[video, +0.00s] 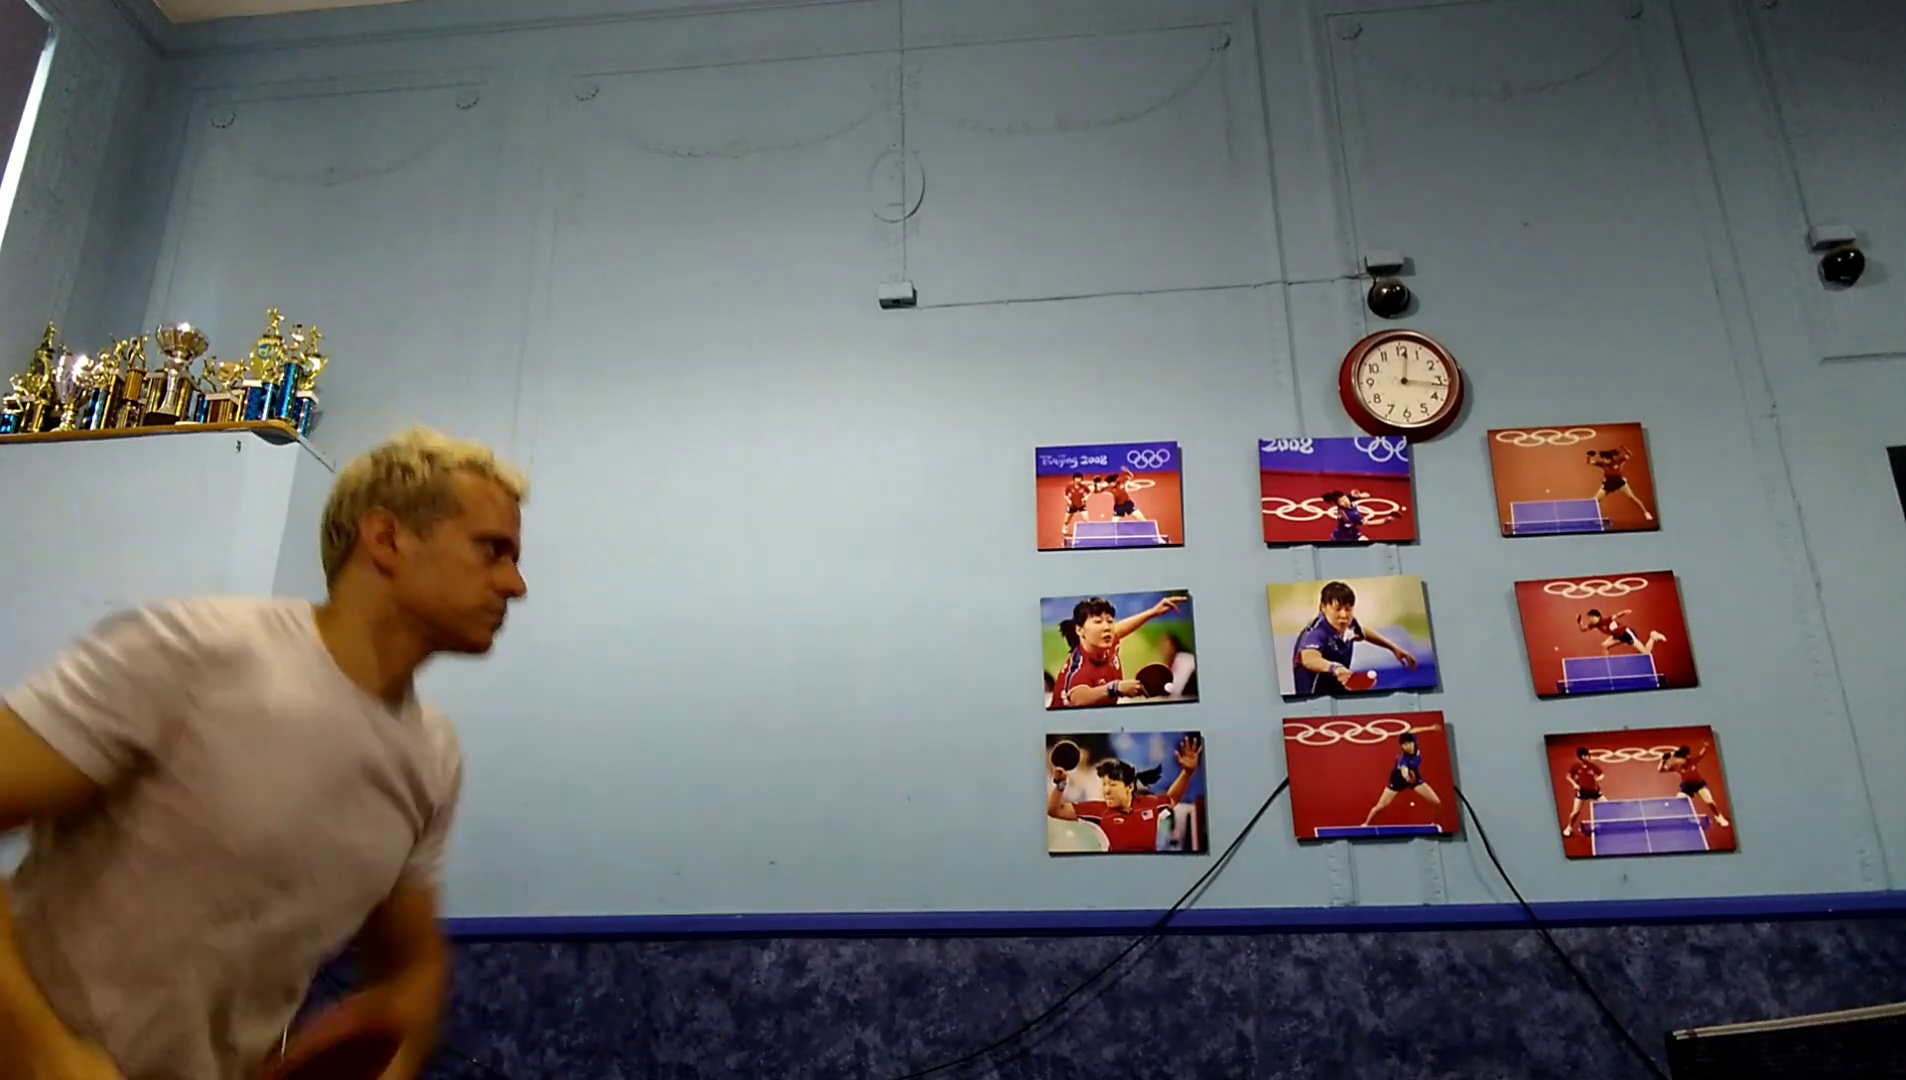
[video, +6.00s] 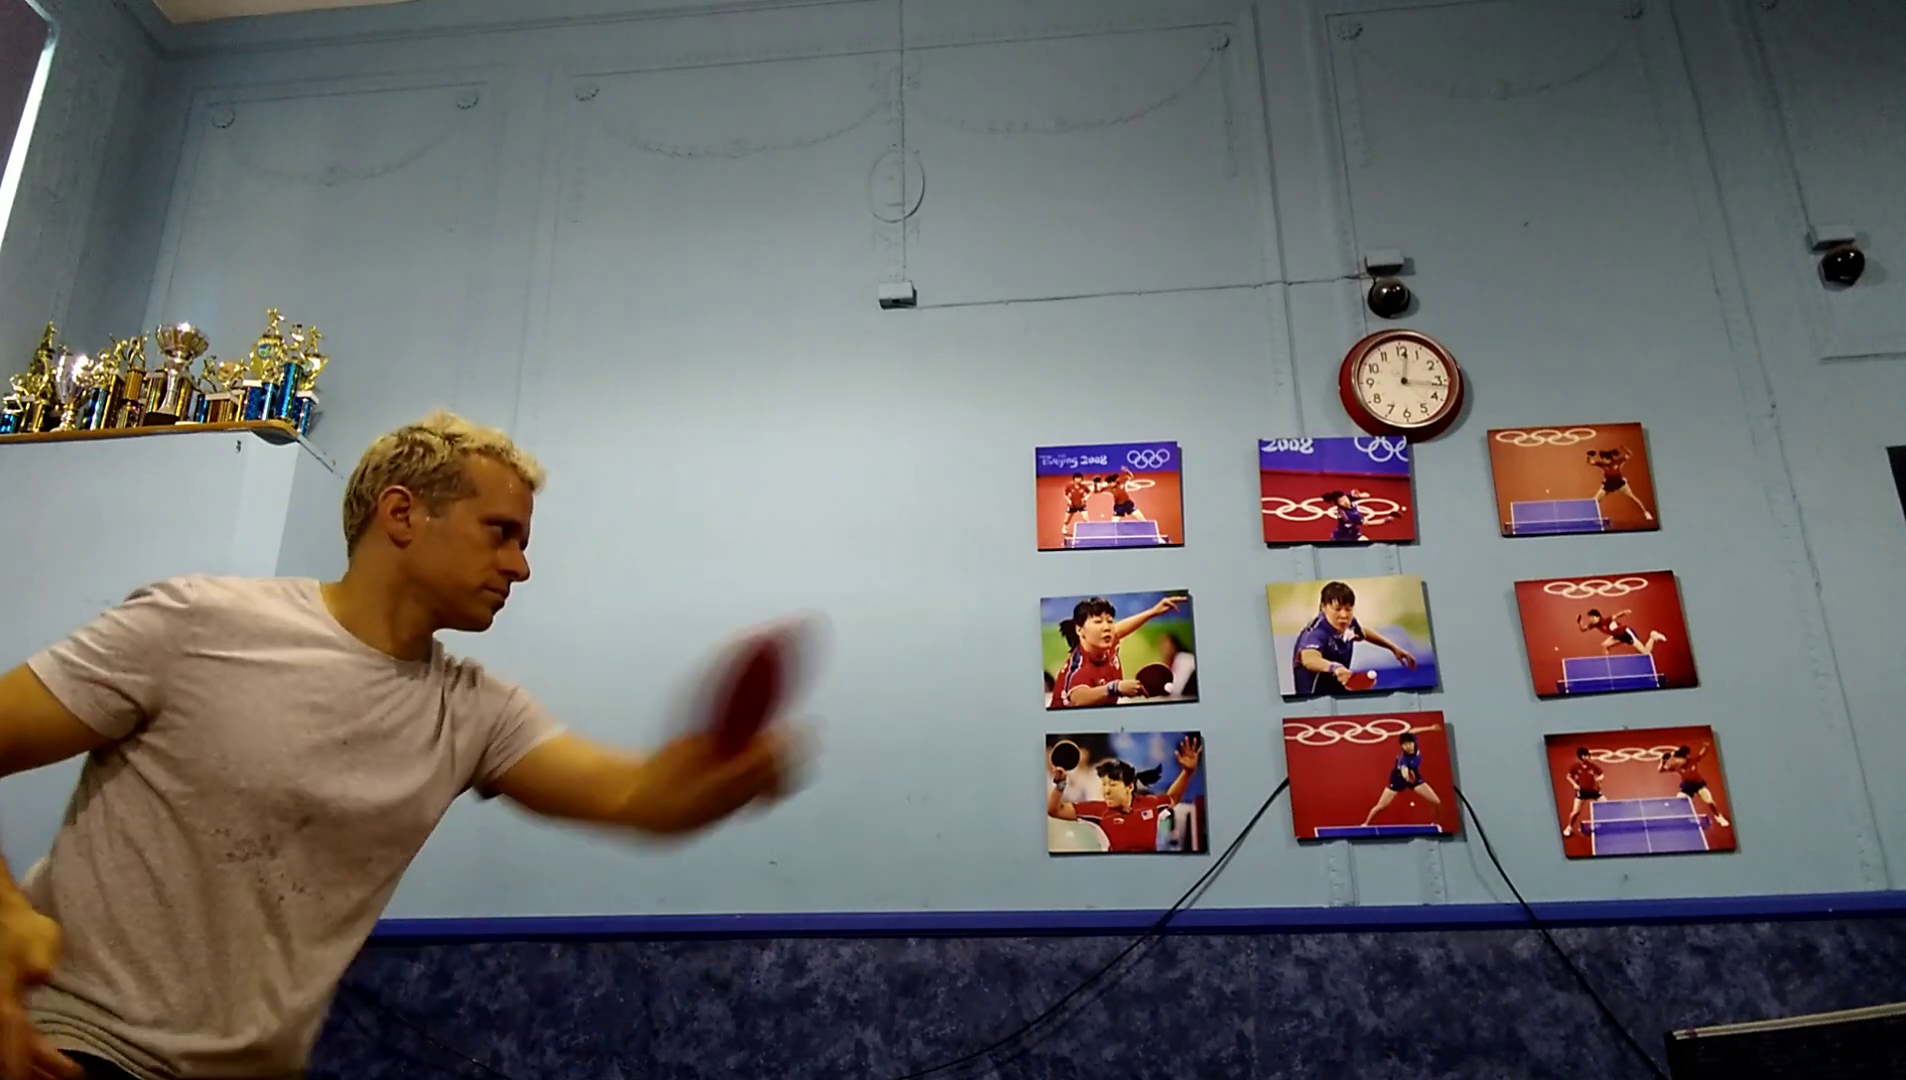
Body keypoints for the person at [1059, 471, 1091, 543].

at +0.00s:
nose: (1078, 481)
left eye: (1079, 479)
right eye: (1076, 479)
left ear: (1081, 480)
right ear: (1074, 480)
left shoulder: (1083, 487)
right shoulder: (1070, 487)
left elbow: (1089, 492)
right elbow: (1065, 494)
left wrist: (1085, 498)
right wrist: (1068, 501)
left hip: (1081, 506)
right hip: (1072, 505)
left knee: (1086, 519)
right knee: (1066, 520)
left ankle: (1090, 531)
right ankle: (1064, 529)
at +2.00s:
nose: (1078, 481)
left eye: (1079, 479)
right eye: (1077, 479)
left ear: (1081, 480)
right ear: (1074, 480)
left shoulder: (1083, 487)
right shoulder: (1070, 487)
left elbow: (1089, 492)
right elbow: (1065, 494)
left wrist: (1085, 498)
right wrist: (1068, 501)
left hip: (1081, 505)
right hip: (1073, 505)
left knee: (1086, 519)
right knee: (1066, 520)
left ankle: (1090, 531)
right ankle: (1064, 529)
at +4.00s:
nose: (1078, 480)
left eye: (1079, 478)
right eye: (1076, 478)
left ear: (1081, 479)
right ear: (1074, 479)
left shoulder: (1083, 487)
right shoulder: (1070, 487)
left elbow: (1089, 492)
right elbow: (1065, 494)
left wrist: (1085, 498)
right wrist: (1068, 500)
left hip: (1081, 505)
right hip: (1072, 505)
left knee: (1086, 519)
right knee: (1067, 520)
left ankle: (1089, 530)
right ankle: (1064, 528)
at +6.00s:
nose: (1078, 481)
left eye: (1079, 479)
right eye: (1077, 479)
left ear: (1081, 480)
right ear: (1074, 480)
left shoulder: (1083, 487)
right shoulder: (1070, 487)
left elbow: (1089, 492)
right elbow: (1065, 494)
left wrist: (1085, 498)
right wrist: (1068, 501)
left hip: (1081, 505)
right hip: (1072, 505)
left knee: (1086, 519)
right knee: (1066, 520)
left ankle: (1090, 530)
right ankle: (1064, 528)